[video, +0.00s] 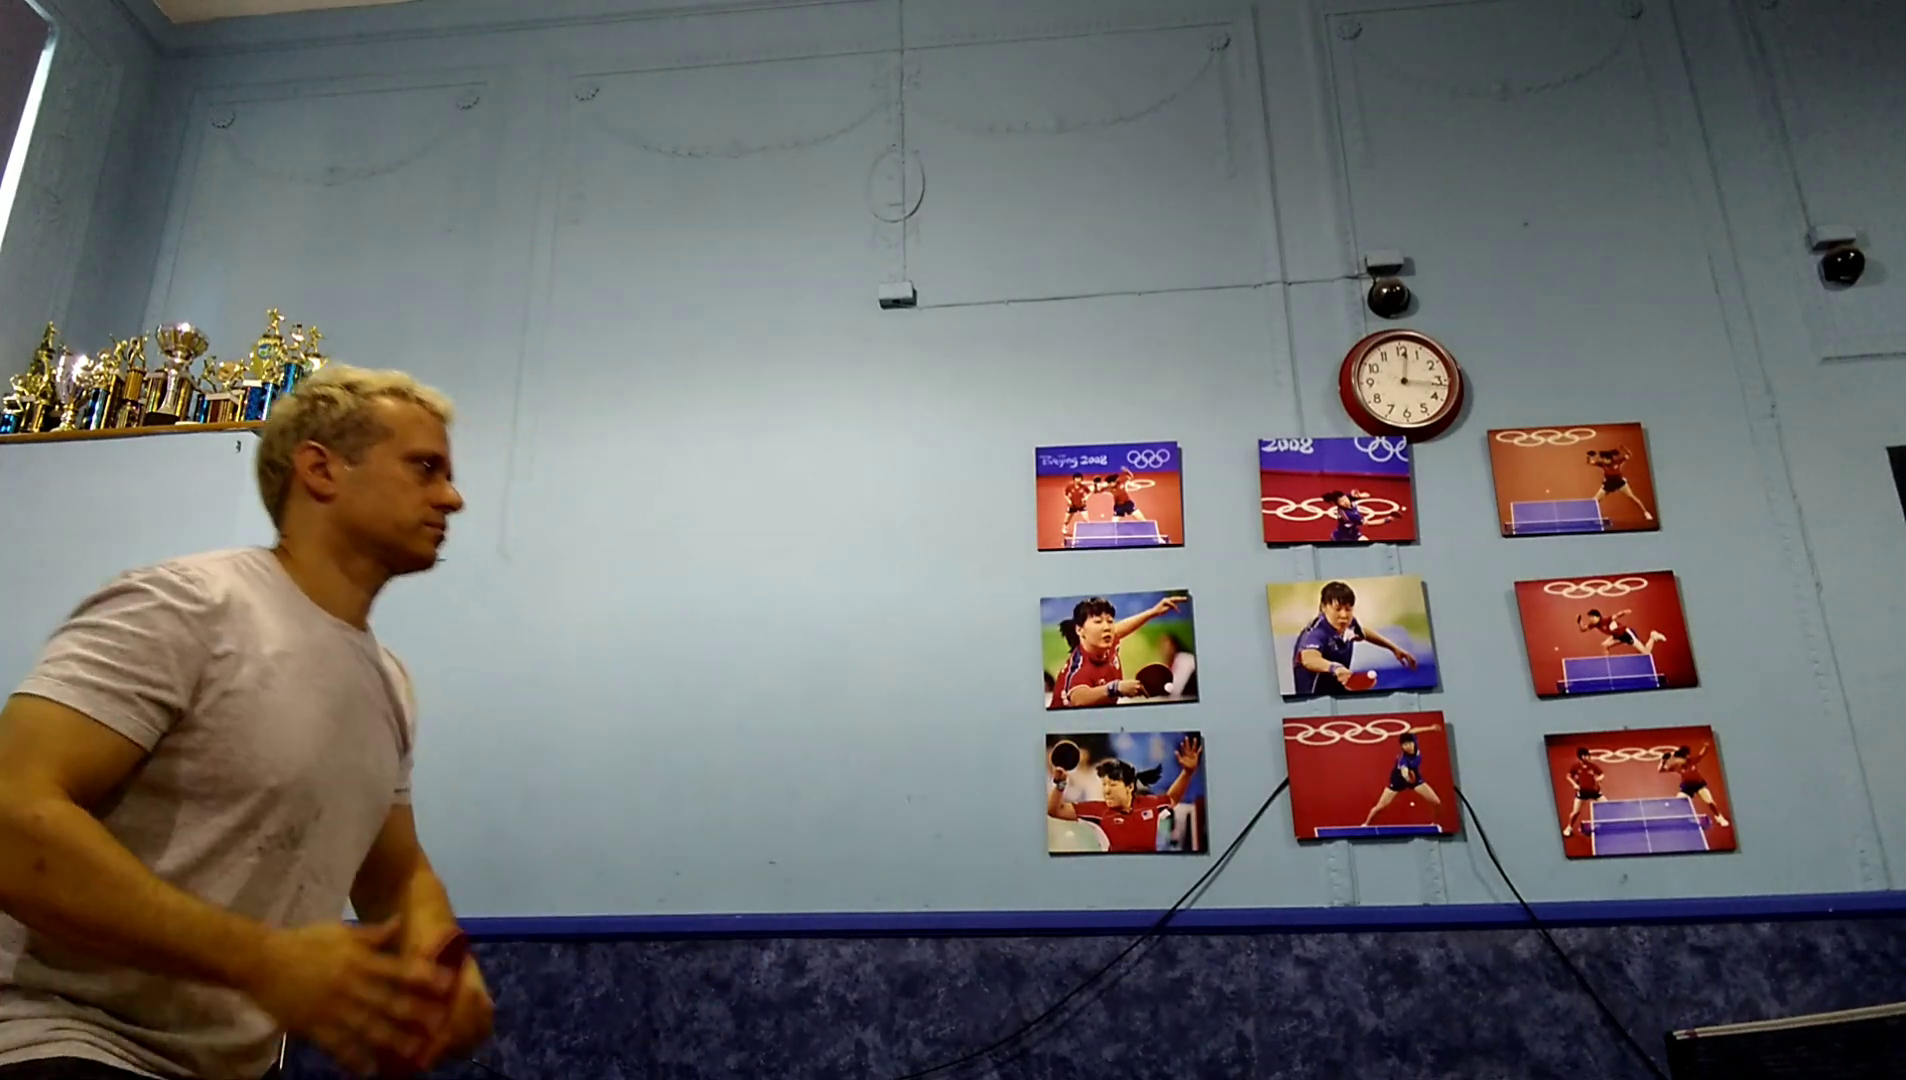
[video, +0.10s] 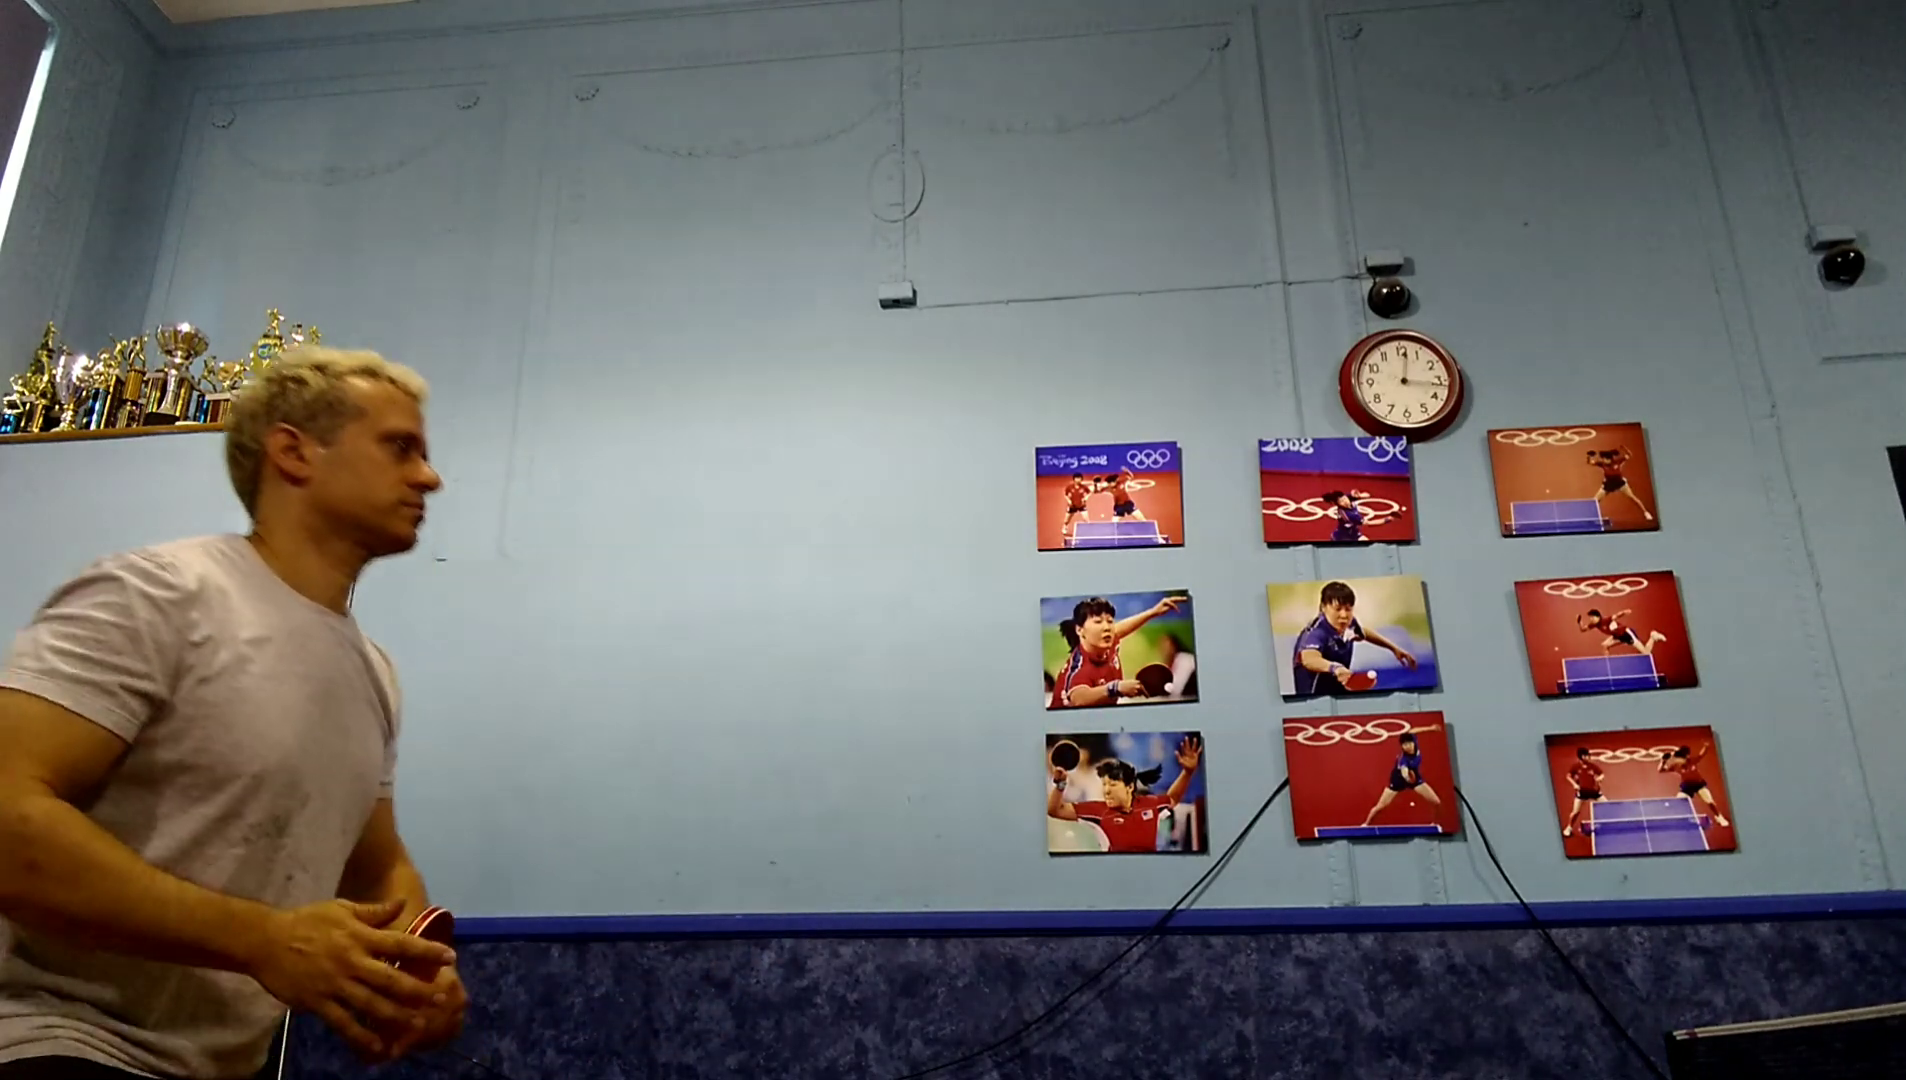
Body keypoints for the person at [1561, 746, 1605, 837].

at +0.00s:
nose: (1588, 758)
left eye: (1588, 755)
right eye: (1586, 756)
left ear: (1588, 756)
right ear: (1581, 757)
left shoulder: (1592, 766)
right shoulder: (1576, 767)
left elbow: (1602, 775)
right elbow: (1568, 776)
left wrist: (1598, 779)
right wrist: (1574, 784)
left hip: (1594, 791)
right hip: (1582, 791)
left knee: (1607, 806)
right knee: (1576, 812)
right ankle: (1569, 827)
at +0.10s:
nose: (1588, 758)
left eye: (1588, 755)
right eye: (1586, 756)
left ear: (1588, 756)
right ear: (1581, 757)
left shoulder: (1592, 766)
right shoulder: (1576, 767)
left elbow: (1602, 774)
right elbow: (1568, 776)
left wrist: (1598, 779)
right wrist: (1574, 784)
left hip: (1594, 791)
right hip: (1582, 791)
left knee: (1607, 806)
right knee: (1576, 812)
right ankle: (1569, 827)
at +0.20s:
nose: (1588, 758)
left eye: (1588, 755)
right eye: (1586, 756)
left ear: (1588, 756)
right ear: (1581, 757)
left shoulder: (1592, 766)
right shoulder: (1576, 767)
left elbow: (1602, 774)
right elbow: (1568, 776)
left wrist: (1598, 779)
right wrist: (1574, 784)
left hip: (1594, 791)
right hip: (1582, 791)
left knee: (1607, 806)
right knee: (1576, 812)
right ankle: (1569, 827)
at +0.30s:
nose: (1588, 758)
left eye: (1588, 755)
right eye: (1586, 756)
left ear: (1588, 756)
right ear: (1581, 757)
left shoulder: (1592, 766)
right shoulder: (1576, 767)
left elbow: (1602, 774)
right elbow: (1568, 776)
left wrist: (1598, 779)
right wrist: (1574, 784)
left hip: (1594, 791)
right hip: (1582, 791)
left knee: (1607, 806)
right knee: (1576, 812)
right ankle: (1569, 827)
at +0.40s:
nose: (1588, 758)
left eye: (1588, 755)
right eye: (1586, 756)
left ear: (1588, 756)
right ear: (1581, 757)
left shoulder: (1592, 766)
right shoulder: (1576, 767)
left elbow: (1602, 774)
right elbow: (1568, 776)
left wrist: (1598, 779)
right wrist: (1574, 784)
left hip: (1594, 791)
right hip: (1582, 791)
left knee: (1607, 806)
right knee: (1576, 812)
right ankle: (1569, 827)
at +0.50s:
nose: (1588, 758)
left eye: (1588, 755)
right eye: (1586, 756)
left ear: (1588, 756)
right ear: (1581, 757)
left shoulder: (1592, 766)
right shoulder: (1576, 767)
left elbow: (1602, 774)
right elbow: (1568, 776)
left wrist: (1598, 779)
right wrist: (1574, 784)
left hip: (1594, 791)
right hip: (1582, 791)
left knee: (1607, 806)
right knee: (1576, 812)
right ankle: (1569, 827)